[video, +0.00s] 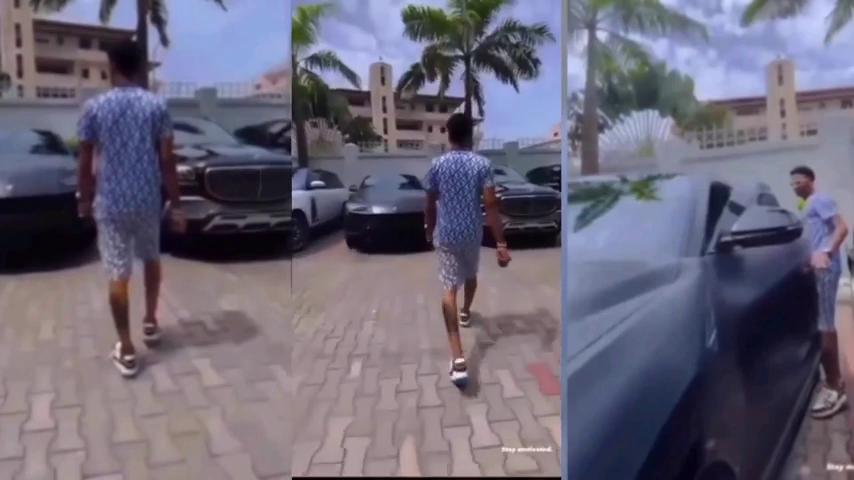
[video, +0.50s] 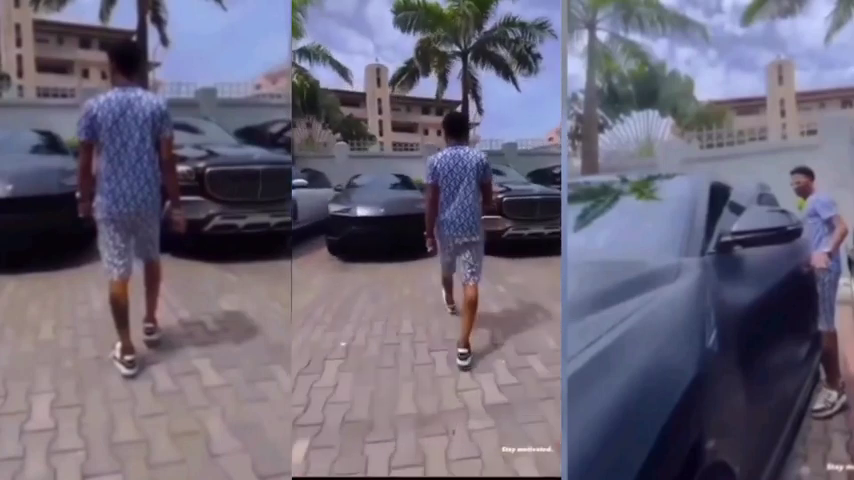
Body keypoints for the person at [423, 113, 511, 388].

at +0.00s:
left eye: (451, 132)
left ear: (449, 135)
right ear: (471, 135)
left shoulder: (438, 165)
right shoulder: (482, 164)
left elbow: (430, 203)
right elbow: (490, 205)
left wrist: (430, 230)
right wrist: (500, 243)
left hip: (445, 233)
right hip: (472, 233)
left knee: (449, 290)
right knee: (470, 276)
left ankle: (458, 357)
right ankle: (465, 313)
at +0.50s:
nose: (447, 135)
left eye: (446, 131)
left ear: (445, 133)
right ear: (467, 132)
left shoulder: (436, 161)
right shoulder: (479, 158)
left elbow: (432, 201)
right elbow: (487, 194)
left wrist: (429, 232)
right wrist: (481, 209)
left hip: (446, 226)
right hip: (472, 226)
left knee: (447, 267)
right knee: (471, 282)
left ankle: (450, 301)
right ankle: (464, 344)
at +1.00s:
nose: (430, 133)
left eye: (429, 129)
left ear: (430, 130)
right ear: (451, 130)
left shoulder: (418, 158)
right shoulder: (460, 157)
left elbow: (410, 195)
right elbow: (469, 195)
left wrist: (409, 221)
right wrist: (475, 227)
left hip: (428, 224)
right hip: (454, 223)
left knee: (434, 276)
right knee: (456, 263)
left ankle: (440, 333)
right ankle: (454, 300)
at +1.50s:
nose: (401, 133)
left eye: (401, 129)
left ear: (402, 130)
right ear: (424, 130)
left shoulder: (392, 156)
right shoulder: (432, 157)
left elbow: (386, 193)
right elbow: (440, 192)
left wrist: (386, 223)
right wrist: (439, 219)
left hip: (399, 223)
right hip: (425, 223)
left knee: (398, 268)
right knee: (425, 271)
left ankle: (403, 307)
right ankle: (420, 322)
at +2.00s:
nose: (352, 134)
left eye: (347, 129)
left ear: (345, 130)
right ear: (366, 130)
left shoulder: (336, 157)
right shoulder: (378, 155)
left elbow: (334, 196)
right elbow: (389, 193)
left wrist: (333, 228)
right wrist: (394, 222)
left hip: (351, 223)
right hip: (378, 222)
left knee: (357, 271)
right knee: (387, 265)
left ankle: (365, 313)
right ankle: (384, 305)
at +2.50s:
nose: (325, 141)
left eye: (319, 135)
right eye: (330, 137)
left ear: (313, 135)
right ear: (334, 137)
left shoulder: (299, 160)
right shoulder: (342, 163)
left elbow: (293, 197)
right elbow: (349, 198)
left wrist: (295, 226)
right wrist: (356, 225)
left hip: (308, 226)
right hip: (336, 225)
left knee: (313, 277)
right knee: (340, 263)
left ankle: (319, 327)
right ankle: (338, 301)